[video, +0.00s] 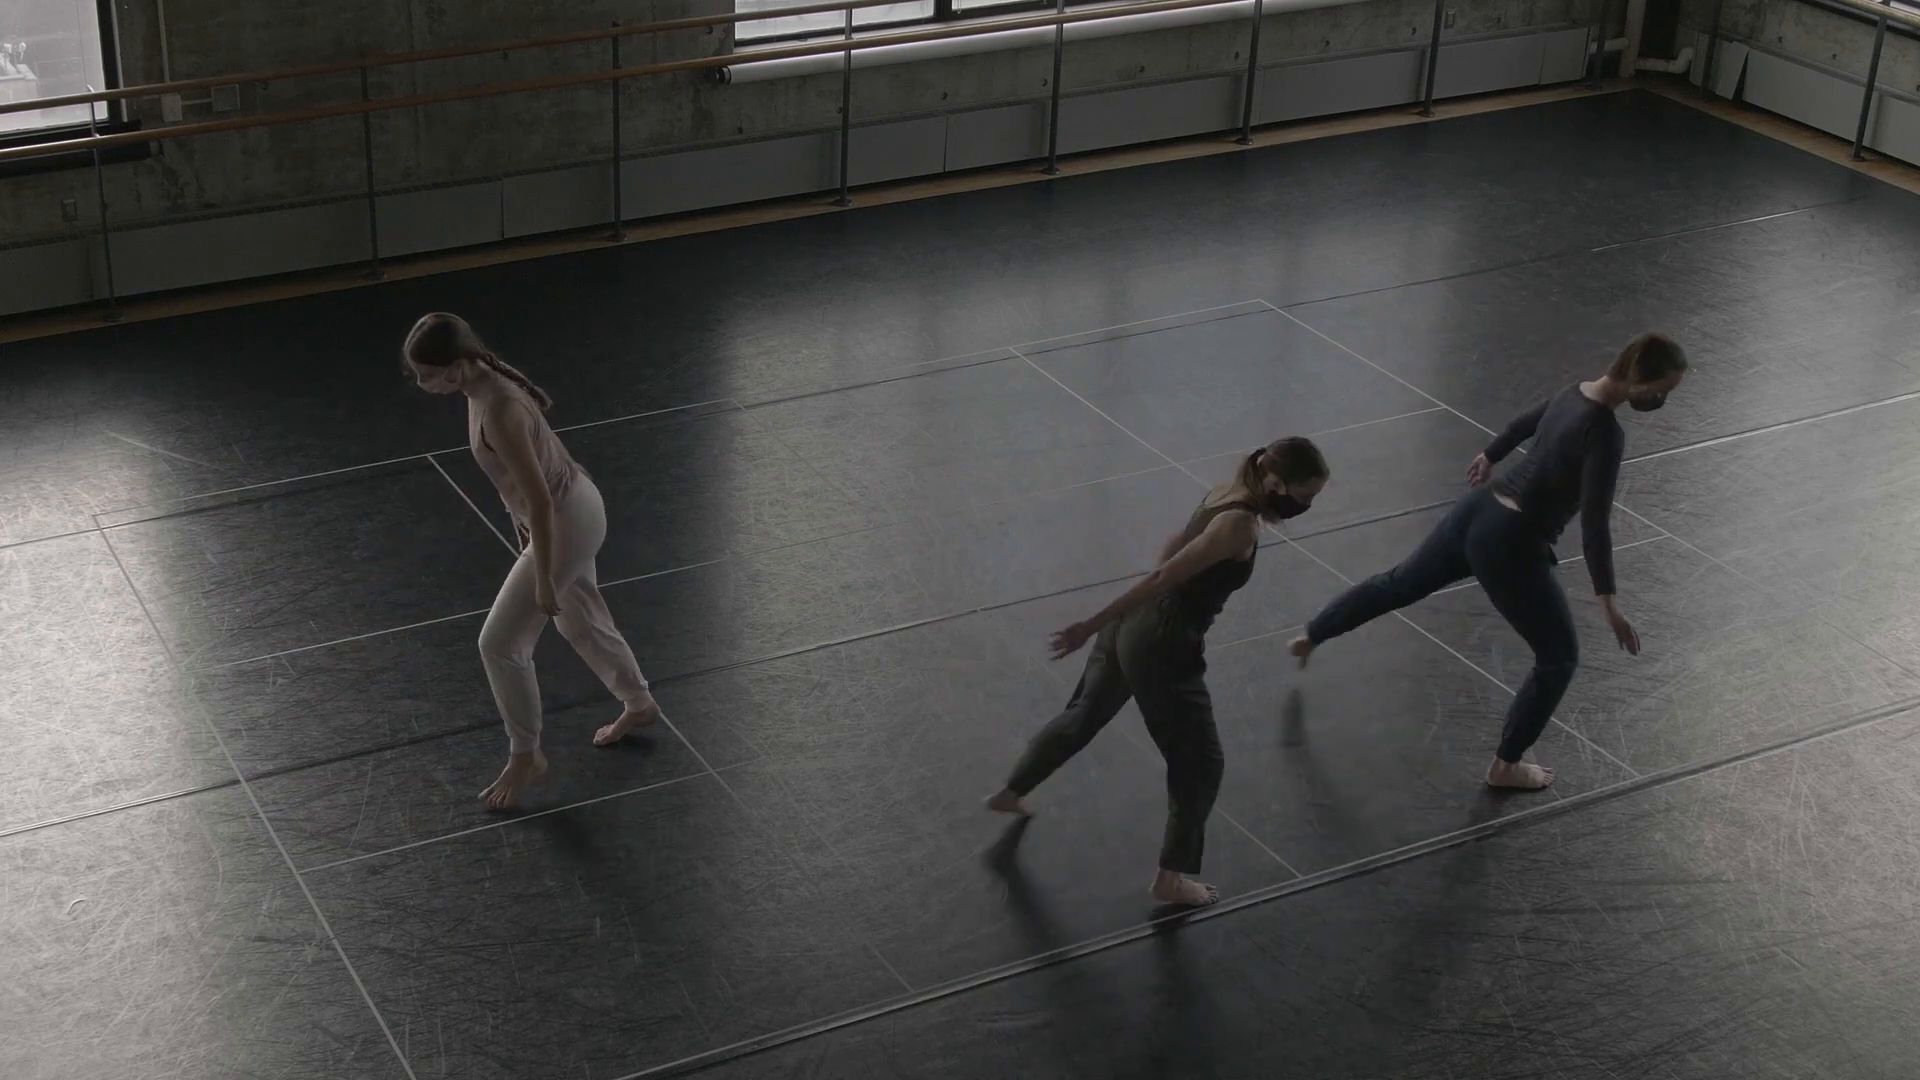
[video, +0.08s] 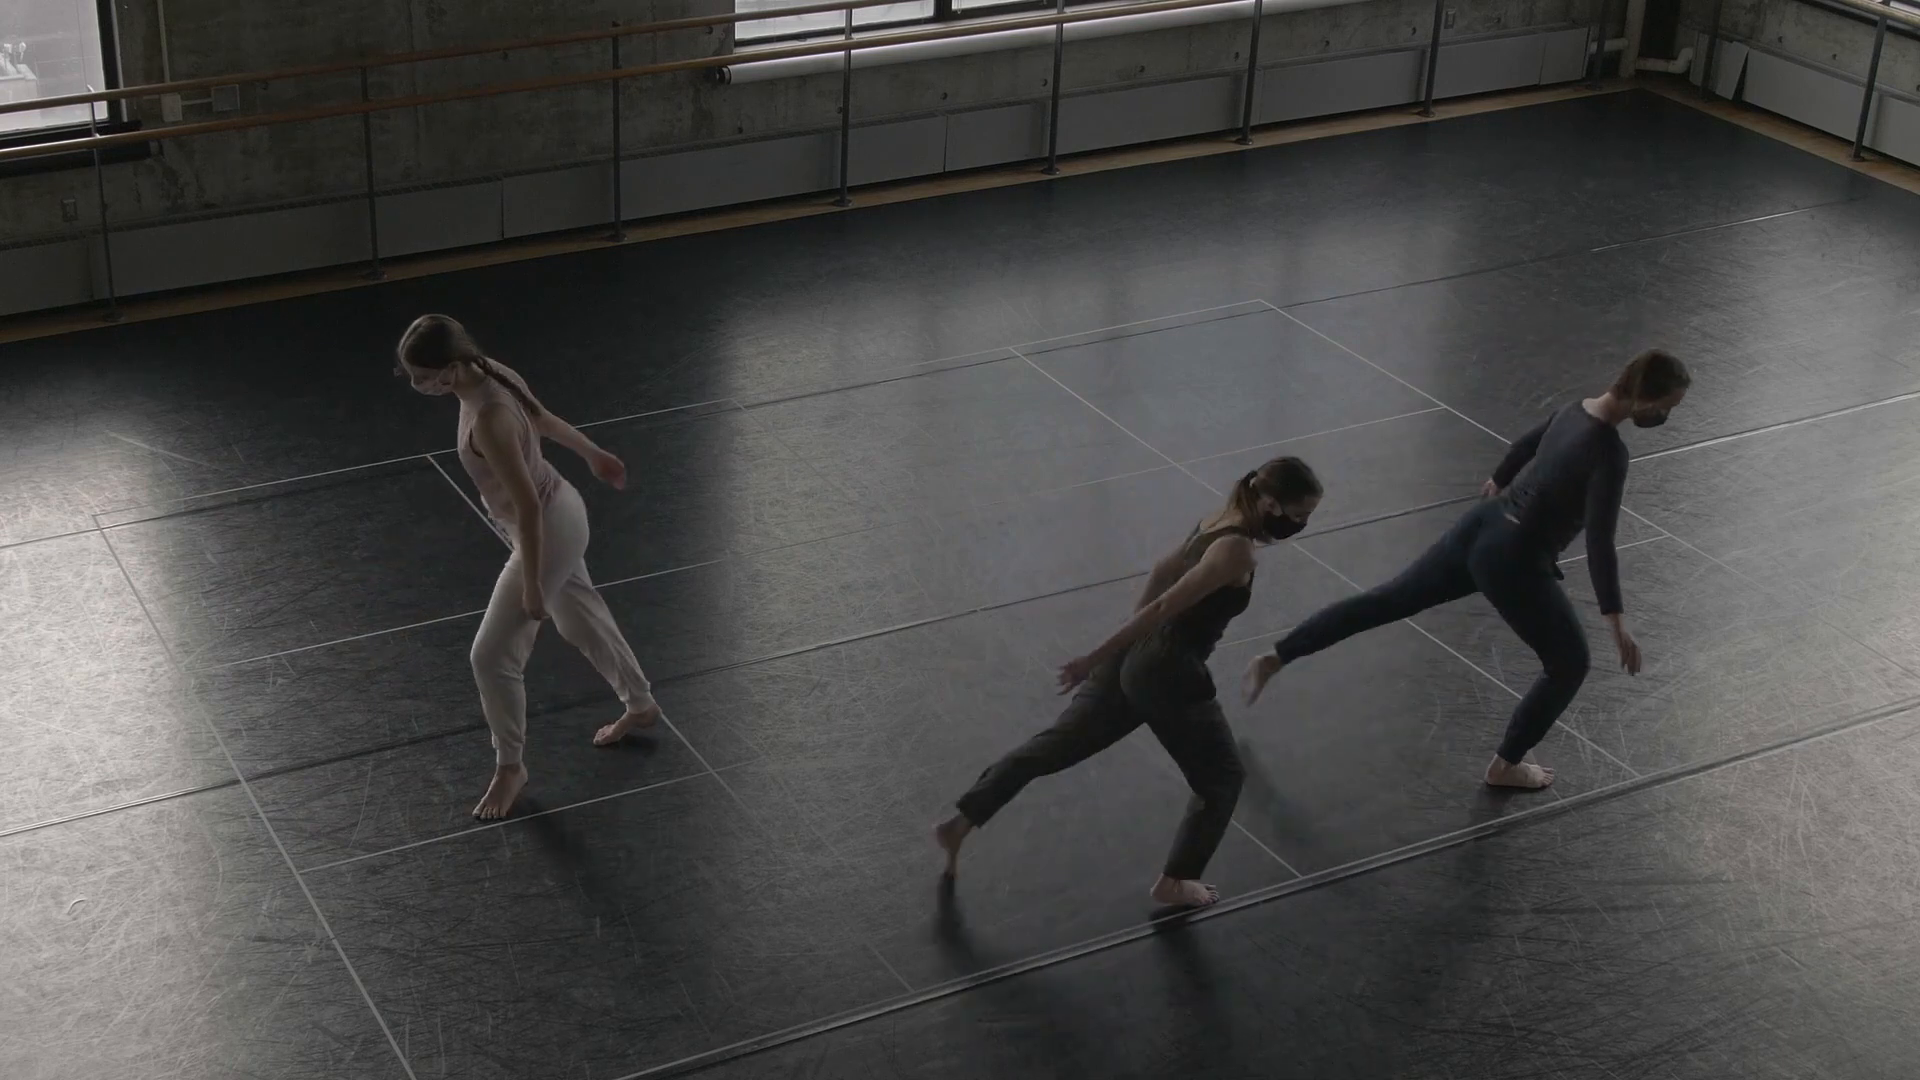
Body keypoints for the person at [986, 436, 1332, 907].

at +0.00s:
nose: (1302, 509)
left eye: (1307, 502)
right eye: (1301, 500)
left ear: (1267, 472)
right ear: (1271, 481)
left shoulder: (1229, 495)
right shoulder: (1237, 527)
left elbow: (1174, 548)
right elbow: (1162, 579)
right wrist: (1091, 625)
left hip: (1130, 626)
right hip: (1164, 650)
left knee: (1083, 716)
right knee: (1199, 761)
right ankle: (1173, 876)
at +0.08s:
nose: (1296, 528)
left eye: (1303, 520)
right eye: (1294, 517)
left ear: (1264, 500)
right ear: (1264, 499)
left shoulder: (1218, 525)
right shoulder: (1235, 552)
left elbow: (1164, 570)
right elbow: (1161, 609)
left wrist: (1144, 626)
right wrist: (1094, 659)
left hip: (1136, 662)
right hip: (1171, 676)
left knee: (1060, 742)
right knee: (1221, 777)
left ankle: (961, 821)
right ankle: (1177, 884)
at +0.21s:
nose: (1282, 557)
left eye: (1285, 549)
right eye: (1279, 550)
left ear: (1242, 526)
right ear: (1249, 537)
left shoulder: (1197, 542)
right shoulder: (1221, 591)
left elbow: (1126, 591)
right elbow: (1163, 660)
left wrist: (1097, 665)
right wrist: (1118, 729)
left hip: (1122, 680)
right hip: (1166, 701)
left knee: (1056, 780)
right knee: (1222, 783)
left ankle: (968, 885)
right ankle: (1175, 885)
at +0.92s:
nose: (932, 641)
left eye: (933, 634)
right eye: (933, 634)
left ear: (943, 636)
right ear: (976, 629)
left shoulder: (946, 668)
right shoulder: (1011, 651)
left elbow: (912, 741)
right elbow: (1015, 734)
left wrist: (888, 756)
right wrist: (993, 800)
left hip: (1059, 719)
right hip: (1111, 711)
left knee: (1025, 844)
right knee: (1113, 830)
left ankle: (974, 976)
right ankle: (1225, 855)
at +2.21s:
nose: (885, 613)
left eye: (885, 607)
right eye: (885, 607)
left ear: (891, 598)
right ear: (923, 575)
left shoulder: (894, 607)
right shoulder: (965, 583)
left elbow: (877, 706)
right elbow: (980, 650)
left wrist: (874, 766)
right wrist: (960, 717)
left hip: (951, 667)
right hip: (1016, 661)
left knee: (920, 702)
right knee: (973, 696)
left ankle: (948, 799)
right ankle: (991, 792)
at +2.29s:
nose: (892, 592)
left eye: (892, 586)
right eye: (892, 587)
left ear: (898, 577)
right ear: (929, 555)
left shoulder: (899, 595)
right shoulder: (971, 567)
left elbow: (881, 683)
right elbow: (982, 638)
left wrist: (870, 746)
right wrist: (961, 708)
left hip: (959, 655)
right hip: (1021, 650)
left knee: (927, 702)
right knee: (977, 697)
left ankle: (947, 799)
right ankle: (991, 793)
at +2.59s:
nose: (910, 484)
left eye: (908, 478)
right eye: (908, 479)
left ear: (915, 474)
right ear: (950, 459)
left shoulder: (914, 502)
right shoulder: (990, 483)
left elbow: (884, 577)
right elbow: (1033, 552)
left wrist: (871, 625)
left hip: (970, 607)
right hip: (1028, 603)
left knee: (940, 702)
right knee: (988, 697)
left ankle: (948, 800)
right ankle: (991, 795)